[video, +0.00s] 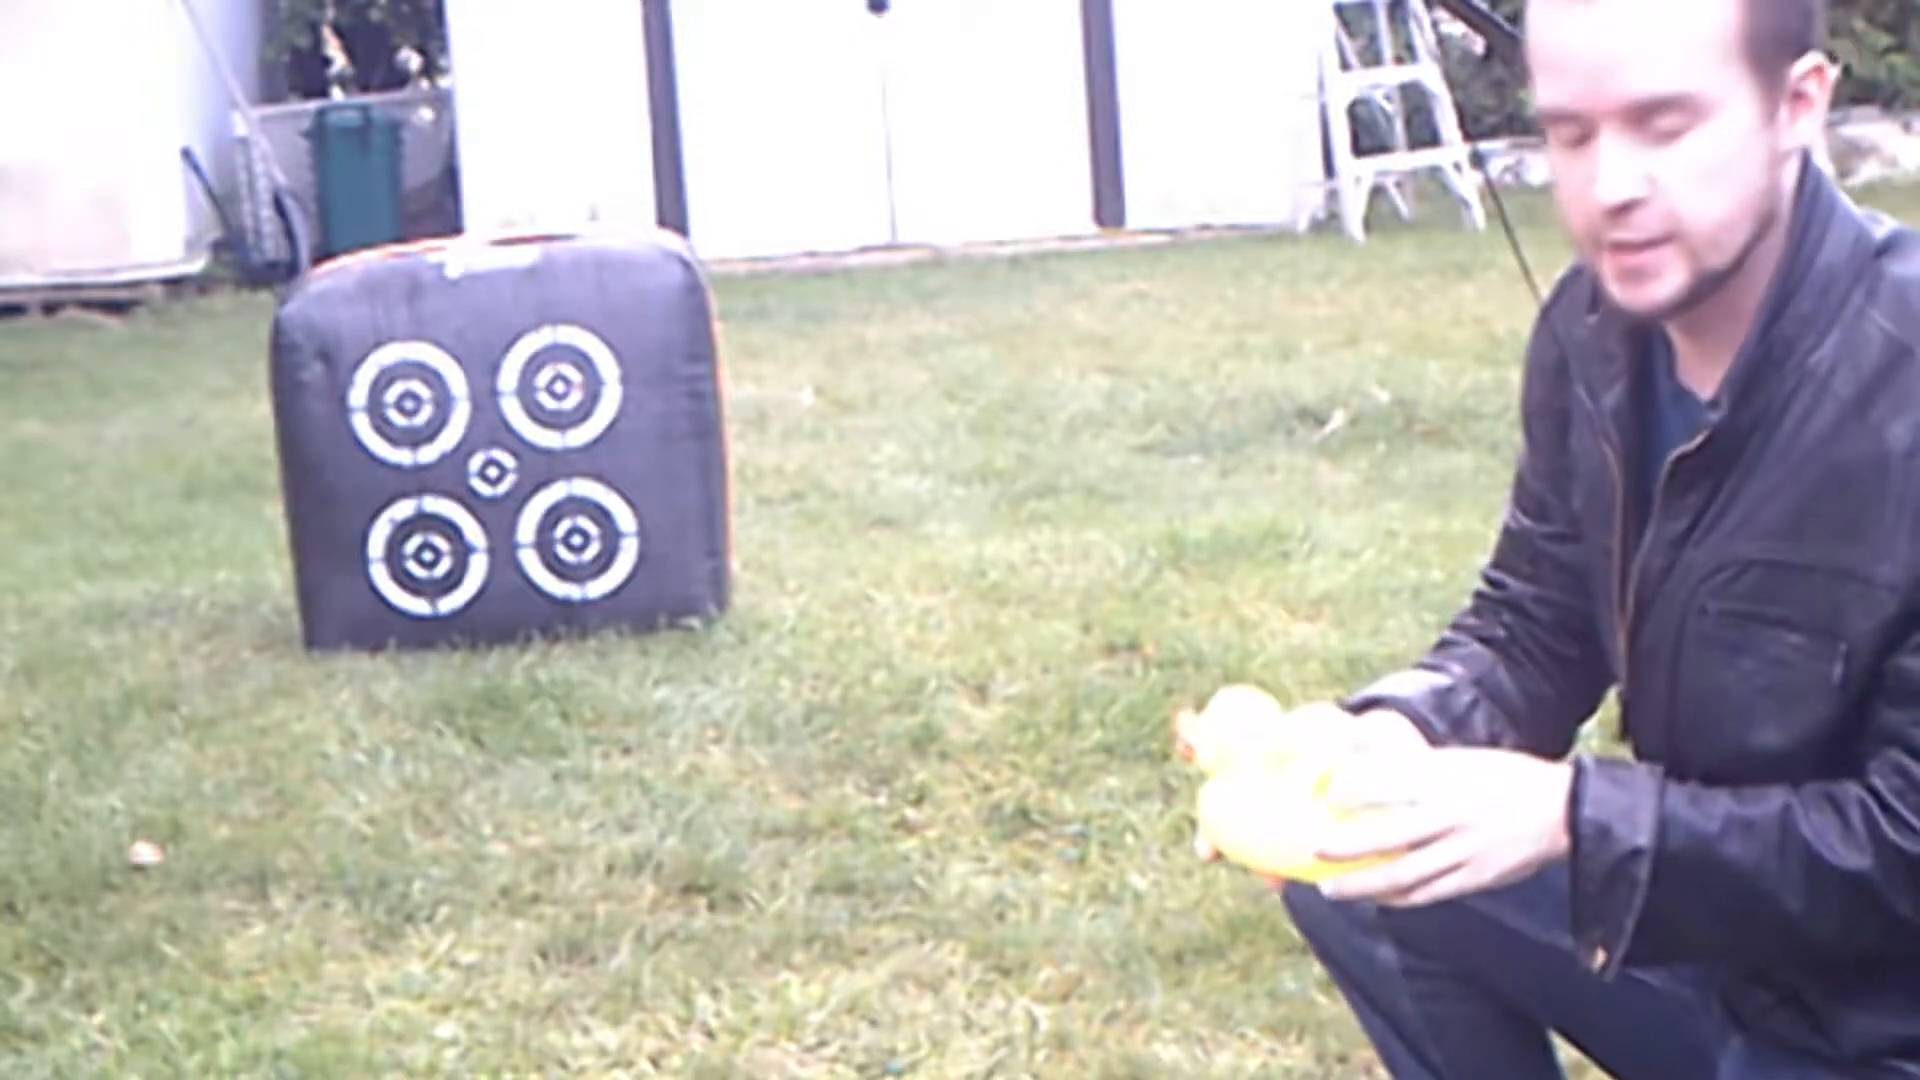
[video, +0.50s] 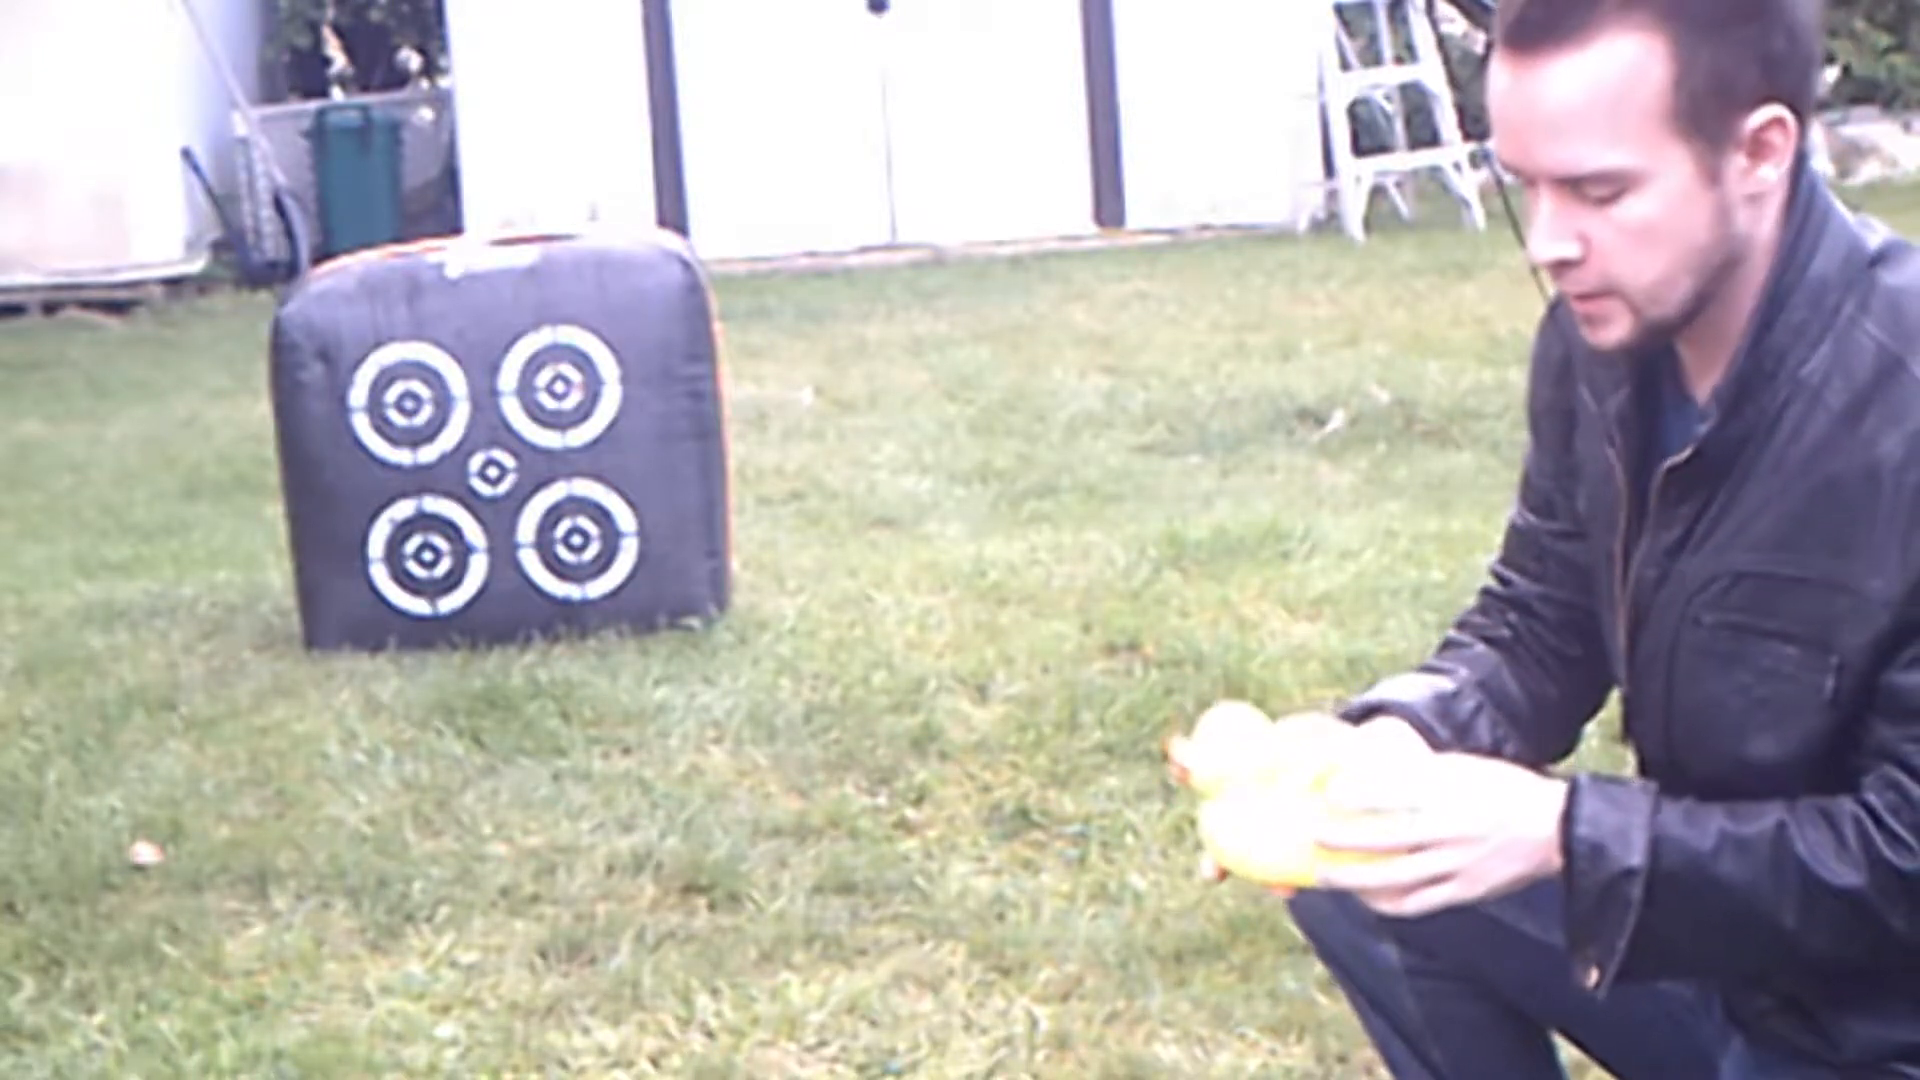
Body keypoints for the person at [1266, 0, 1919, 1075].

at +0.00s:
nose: (1610, 188)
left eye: (1665, 123)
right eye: (1570, 134)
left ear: (1799, 107)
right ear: (1540, 132)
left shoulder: (1902, 360)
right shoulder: (1590, 326)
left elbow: (1904, 839)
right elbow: (1536, 627)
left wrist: (1577, 812)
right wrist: (1391, 734)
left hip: (1871, 1040)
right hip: (1698, 954)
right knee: (1349, 866)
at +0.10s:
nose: (1579, 211)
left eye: (1635, 151)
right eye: (1547, 155)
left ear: (1786, 122)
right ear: (1522, 138)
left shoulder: (1902, 367)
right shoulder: (1592, 329)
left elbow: (1904, 842)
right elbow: (1537, 629)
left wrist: (1578, 818)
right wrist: (1396, 733)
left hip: (1871, 1040)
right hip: (1699, 958)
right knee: (1350, 867)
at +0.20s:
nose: (1560, 230)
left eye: (1615, 173)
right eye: (1535, 172)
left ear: (1774, 134)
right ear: (1511, 137)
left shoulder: (1901, 375)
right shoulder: (1595, 334)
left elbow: (1905, 845)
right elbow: (1540, 626)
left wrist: (1578, 822)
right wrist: (1395, 736)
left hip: (1871, 1043)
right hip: (1700, 959)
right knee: (1353, 872)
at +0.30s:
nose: (1555, 240)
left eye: (1608, 183)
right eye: (1531, 181)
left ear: (1770, 144)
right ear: (1508, 148)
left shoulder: (1900, 383)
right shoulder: (1596, 334)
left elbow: (1903, 850)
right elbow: (1540, 629)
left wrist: (1578, 822)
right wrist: (1394, 737)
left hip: (1870, 1043)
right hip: (1700, 962)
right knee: (1354, 872)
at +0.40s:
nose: (1551, 245)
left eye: (1603, 189)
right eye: (1528, 185)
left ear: (1767, 149)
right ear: (1505, 152)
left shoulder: (1901, 385)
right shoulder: (1595, 334)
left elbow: (1904, 850)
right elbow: (1541, 627)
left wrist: (1573, 827)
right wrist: (1394, 738)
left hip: (1870, 1045)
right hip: (1700, 965)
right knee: (1355, 874)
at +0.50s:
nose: (1546, 246)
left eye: (1599, 192)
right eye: (1523, 188)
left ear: (1763, 155)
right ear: (1501, 155)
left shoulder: (1900, 388)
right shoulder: (1594, 332)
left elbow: (1902, 852)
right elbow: (1541, 626)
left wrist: (1571, 830)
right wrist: (1393, 740)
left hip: (1870, 1042)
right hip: (1702, 964)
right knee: (1354, 872)